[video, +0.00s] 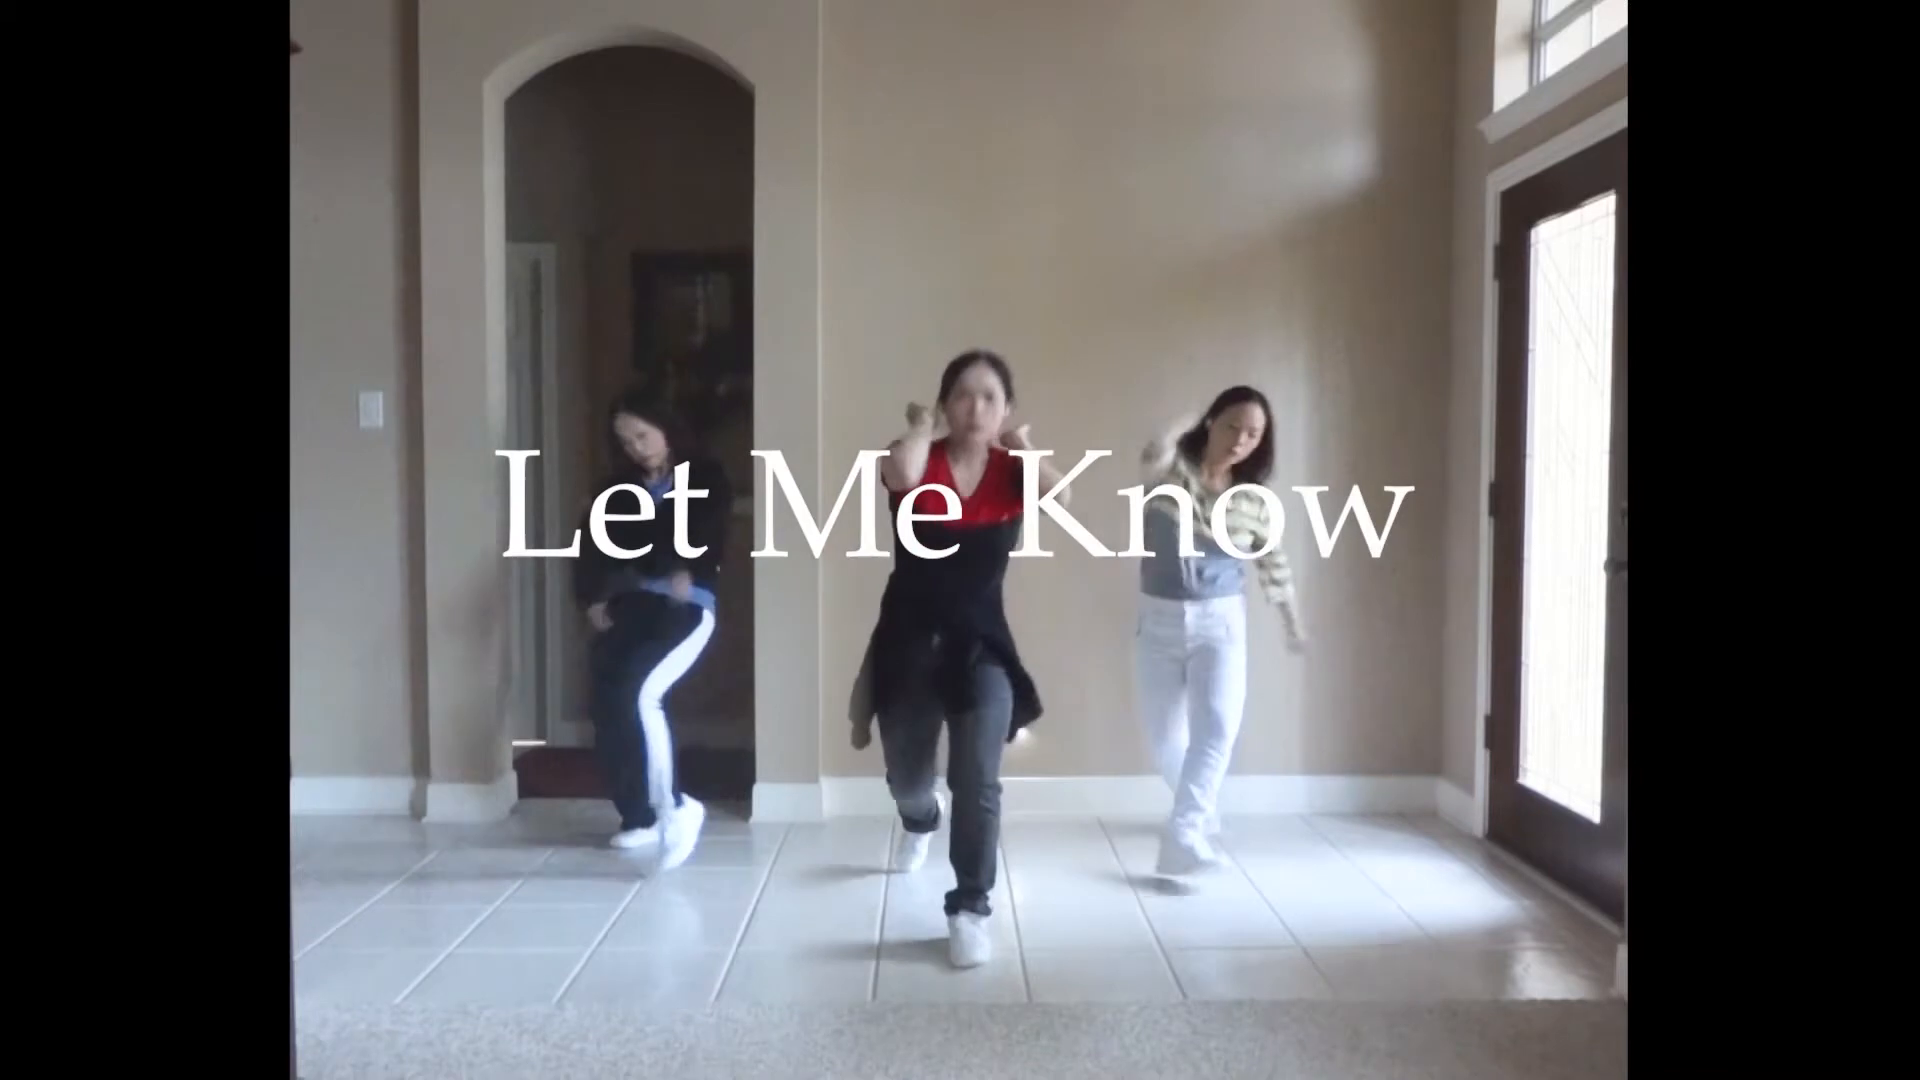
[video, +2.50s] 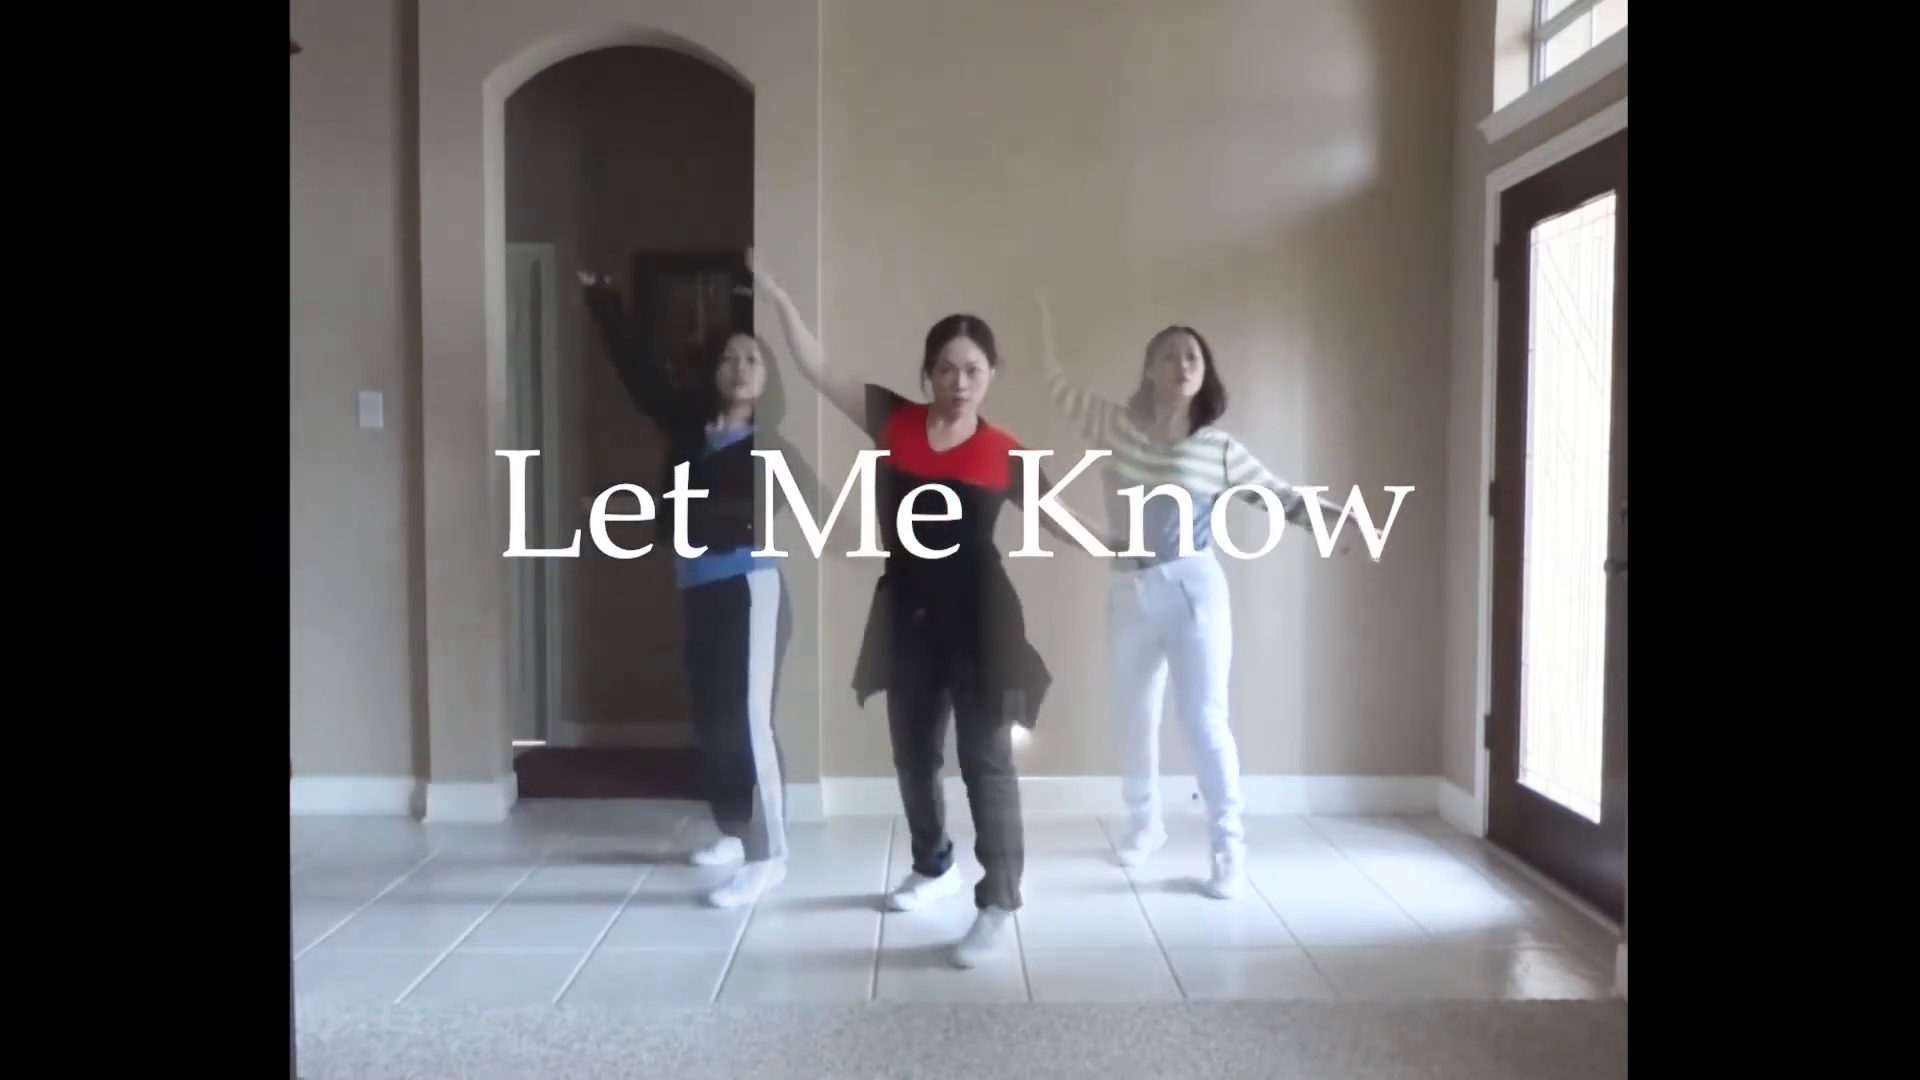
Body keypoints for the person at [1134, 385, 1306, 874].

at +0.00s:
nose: (1241, 439)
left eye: (1252, 434)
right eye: (1234, 427)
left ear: (1259, 443)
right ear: (1211, 423)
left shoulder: (1251, 498)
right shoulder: (1171, 473)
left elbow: (1274, 564)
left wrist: (1291, 621)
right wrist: (1170, 437)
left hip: (1220, 624)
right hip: (1160, 622)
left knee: (1216, 733)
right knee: (1163, 741)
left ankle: (1182, 840)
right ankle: (1202, 812)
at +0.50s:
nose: (1249, 403)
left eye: (1259, 400)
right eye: (1240, 392)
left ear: (1260, 421)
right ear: (1209, 398)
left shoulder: (1236, 478)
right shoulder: (1176, 459)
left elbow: (1229, 557)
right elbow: (1172, 423)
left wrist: (1241, 617)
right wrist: (1188, 381)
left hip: (1235, 624)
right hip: (1180, 619)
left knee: (1240, 750)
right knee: (1173, 756)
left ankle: (1184, 858)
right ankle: (1096, 812)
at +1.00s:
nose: (1211, 373)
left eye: (1218, 367)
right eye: (1197, 364)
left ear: (1224, 387)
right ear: (1170, 379)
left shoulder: (1205, 447)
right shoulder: (1170, 444)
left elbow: (1207, 526)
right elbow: (1205, 518)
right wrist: (1243, 462)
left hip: (1222, 599)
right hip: (1192, 602)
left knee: (1204, 737)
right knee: (1267, 725)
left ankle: (1184, 857)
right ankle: (1189, 846)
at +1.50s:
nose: (1202, 375)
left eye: (1204, 365)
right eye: (1187, 368)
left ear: (1208, 373)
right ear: (1160, 384)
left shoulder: (1151, 439)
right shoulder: (1206, 435)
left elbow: (1199, 462)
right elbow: (1235, 521)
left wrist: (1237, 429)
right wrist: (1268, 596)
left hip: (1169, 593)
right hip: (1195, 597)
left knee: (1195, 731)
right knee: (1233, 735)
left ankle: (1189, 851)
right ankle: (1161, 844)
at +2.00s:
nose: (1195, 411)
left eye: (1203, 399)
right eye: (1181, 402)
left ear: (1217, 403)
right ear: (1159, 408)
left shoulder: (1241, 471)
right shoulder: (1138, 449)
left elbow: (1270, 547)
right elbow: (1092, 412)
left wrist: (1311, 606)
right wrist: (1072, 373)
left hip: (1225, 616)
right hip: (1158, 619)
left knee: (1228, 743)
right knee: (1187, 741)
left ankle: (1189, 856)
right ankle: (1144, 854)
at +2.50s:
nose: (1182, 365)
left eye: (1192, 357)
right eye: (1170, 356)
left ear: (1205, 375)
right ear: (1148, 369)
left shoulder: (1218, 446)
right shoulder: (1116, 428)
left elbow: (1275, 492)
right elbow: (1060, 390)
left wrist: (1326, 517)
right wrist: (1039, 333)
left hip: (1196, 591)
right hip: (1131, 595)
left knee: (1205, 719)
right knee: (1133, 715)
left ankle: (1227, 842)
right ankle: (1145, 824)